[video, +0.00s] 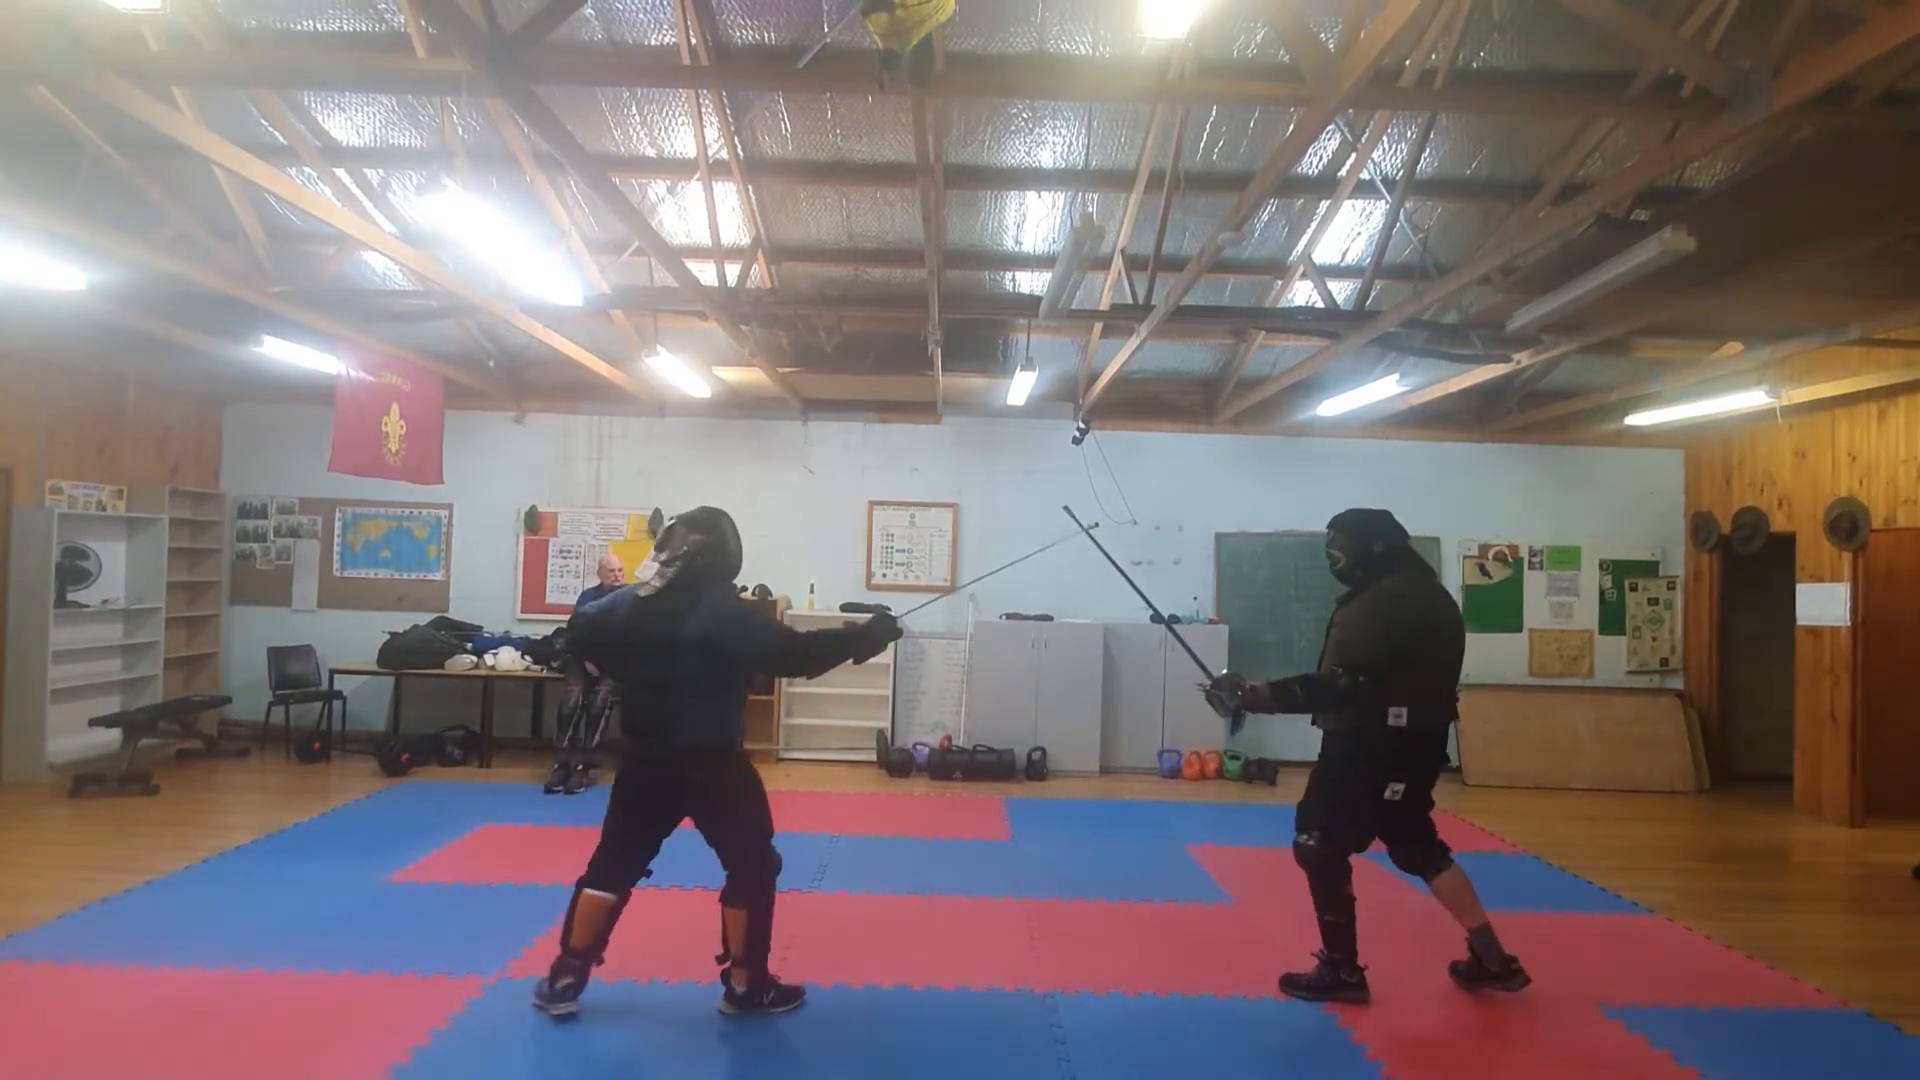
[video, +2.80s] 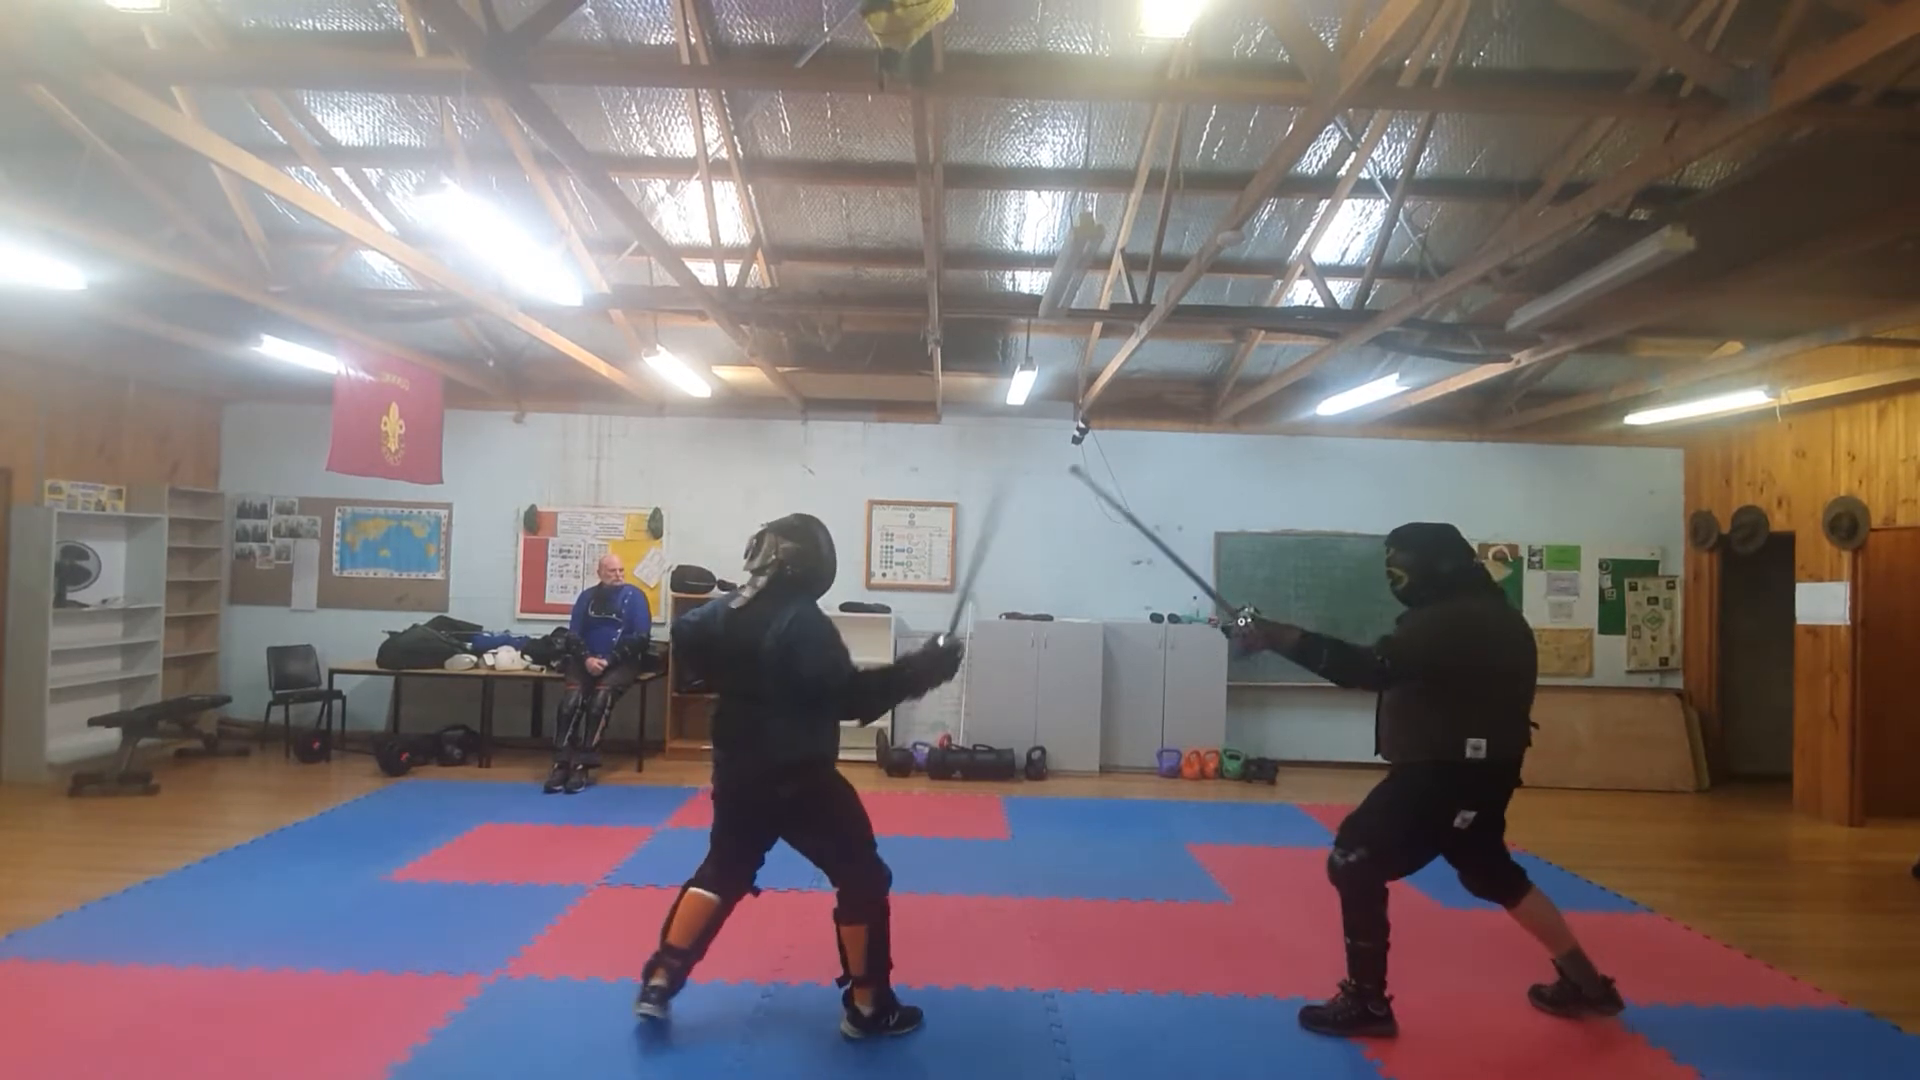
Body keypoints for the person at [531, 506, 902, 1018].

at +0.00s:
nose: (734, 568)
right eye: (732, 559)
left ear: (668, 555)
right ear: (727, 560)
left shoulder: (630, 611)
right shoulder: (731, 618)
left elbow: (579, 630)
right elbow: (800, 654)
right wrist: (864, 637)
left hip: (646, 770)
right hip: (716, 771)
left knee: (613, 863)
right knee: (753, 864)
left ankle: (565, 977)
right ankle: (746, 983)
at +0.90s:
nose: (716, 567)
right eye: (715, 557)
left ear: (650, 551)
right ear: (708, 557)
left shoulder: (615, 609)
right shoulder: (708, 615)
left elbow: (567, 637)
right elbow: (767, 672)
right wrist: (841, 658)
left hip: (635, 774)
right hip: (706, 775)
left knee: (623, 868)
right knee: (754, 863)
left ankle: (591, 987)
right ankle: (761, 984)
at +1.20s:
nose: (757, 565)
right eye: (755, 555)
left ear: (691, 552)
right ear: (747, 555)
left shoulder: (651, 609)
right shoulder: (753, 608)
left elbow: (593, 626)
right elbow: (821, 632)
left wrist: (603, 593)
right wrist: (900, 620)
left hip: (663, 773)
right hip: (738, 773)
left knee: (635, 871)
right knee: (767, 871)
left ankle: (593, 988)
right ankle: (769, 992)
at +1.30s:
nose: (762, 563)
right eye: (760, 555)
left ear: (696, 551)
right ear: (750, 554)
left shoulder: (654, 604)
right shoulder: (754, 603)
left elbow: (600, 626)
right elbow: (825, 619)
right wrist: (908, 604)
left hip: (664, 767)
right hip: (737, 768)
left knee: (644, 867)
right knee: (768, 870)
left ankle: (613, 989)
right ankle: (769, 991)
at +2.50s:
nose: (798, 568)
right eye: (796, 558)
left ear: (730, 554)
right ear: (787, 559)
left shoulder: (693, 617)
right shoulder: (792, 611)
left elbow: (642, 649)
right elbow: (858, 627)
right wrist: (938, 610)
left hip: (715, 783)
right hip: (785, 782)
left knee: (708, 880)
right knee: (840, 871)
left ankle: (671, 999)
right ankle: (830, 997)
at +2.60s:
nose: (813, 568)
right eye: (810, 558)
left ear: (744, 556)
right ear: (802, 560)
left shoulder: (707, 613)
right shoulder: (805, 610)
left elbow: (663, 633)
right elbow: (871, 623)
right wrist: (953, 605)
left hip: (721, 781)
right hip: (792, 779)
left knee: (710, 880)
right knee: (852, 868)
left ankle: (670, 1000)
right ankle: (852, 997)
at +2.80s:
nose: (824, 572)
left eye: (821, 563)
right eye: (822, 563)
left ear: (762, 559)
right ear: (813, 565)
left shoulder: (729, 616)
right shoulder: (806, 624)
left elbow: (685, 631)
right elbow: (846, 699)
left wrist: (736, 598)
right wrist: (917, 671)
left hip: (737, 782)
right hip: (803, 784)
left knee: (722, 872)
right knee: (863, 876)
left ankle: (658, 983)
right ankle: (869, 1005)